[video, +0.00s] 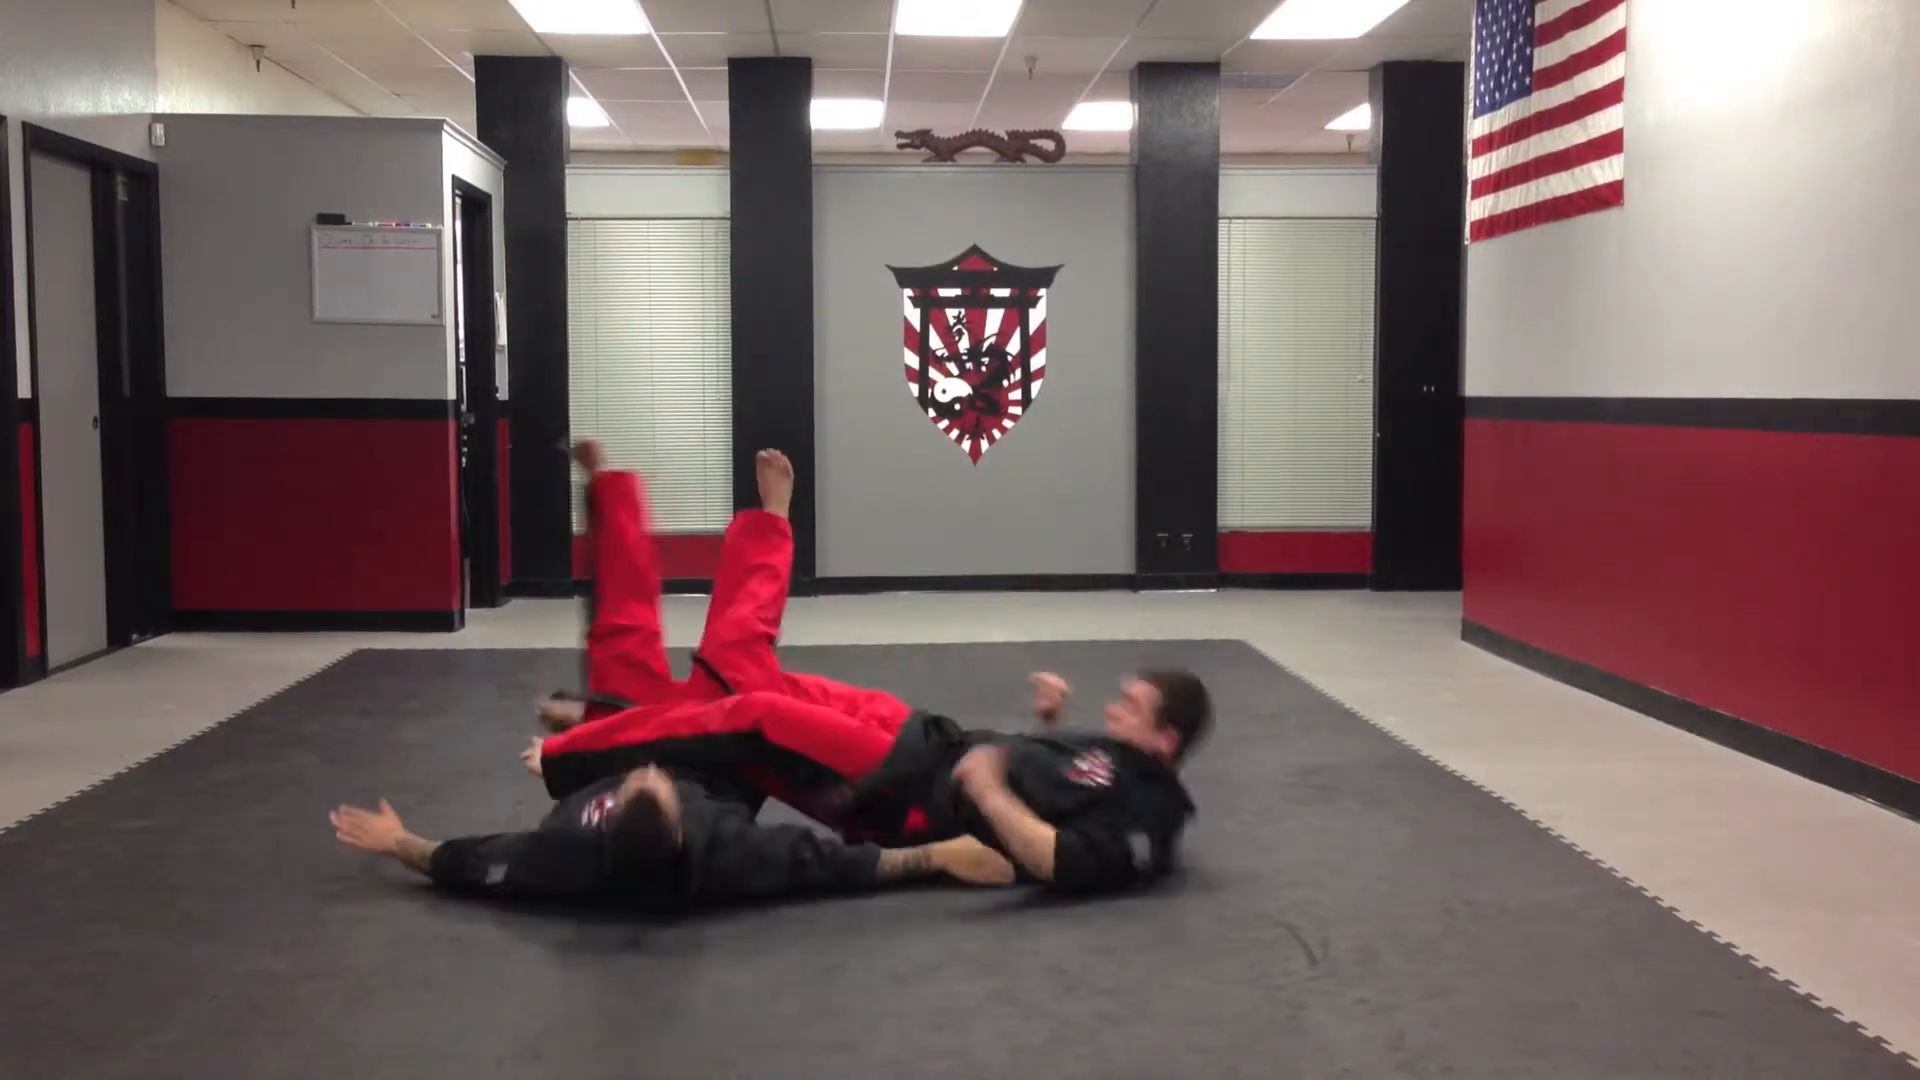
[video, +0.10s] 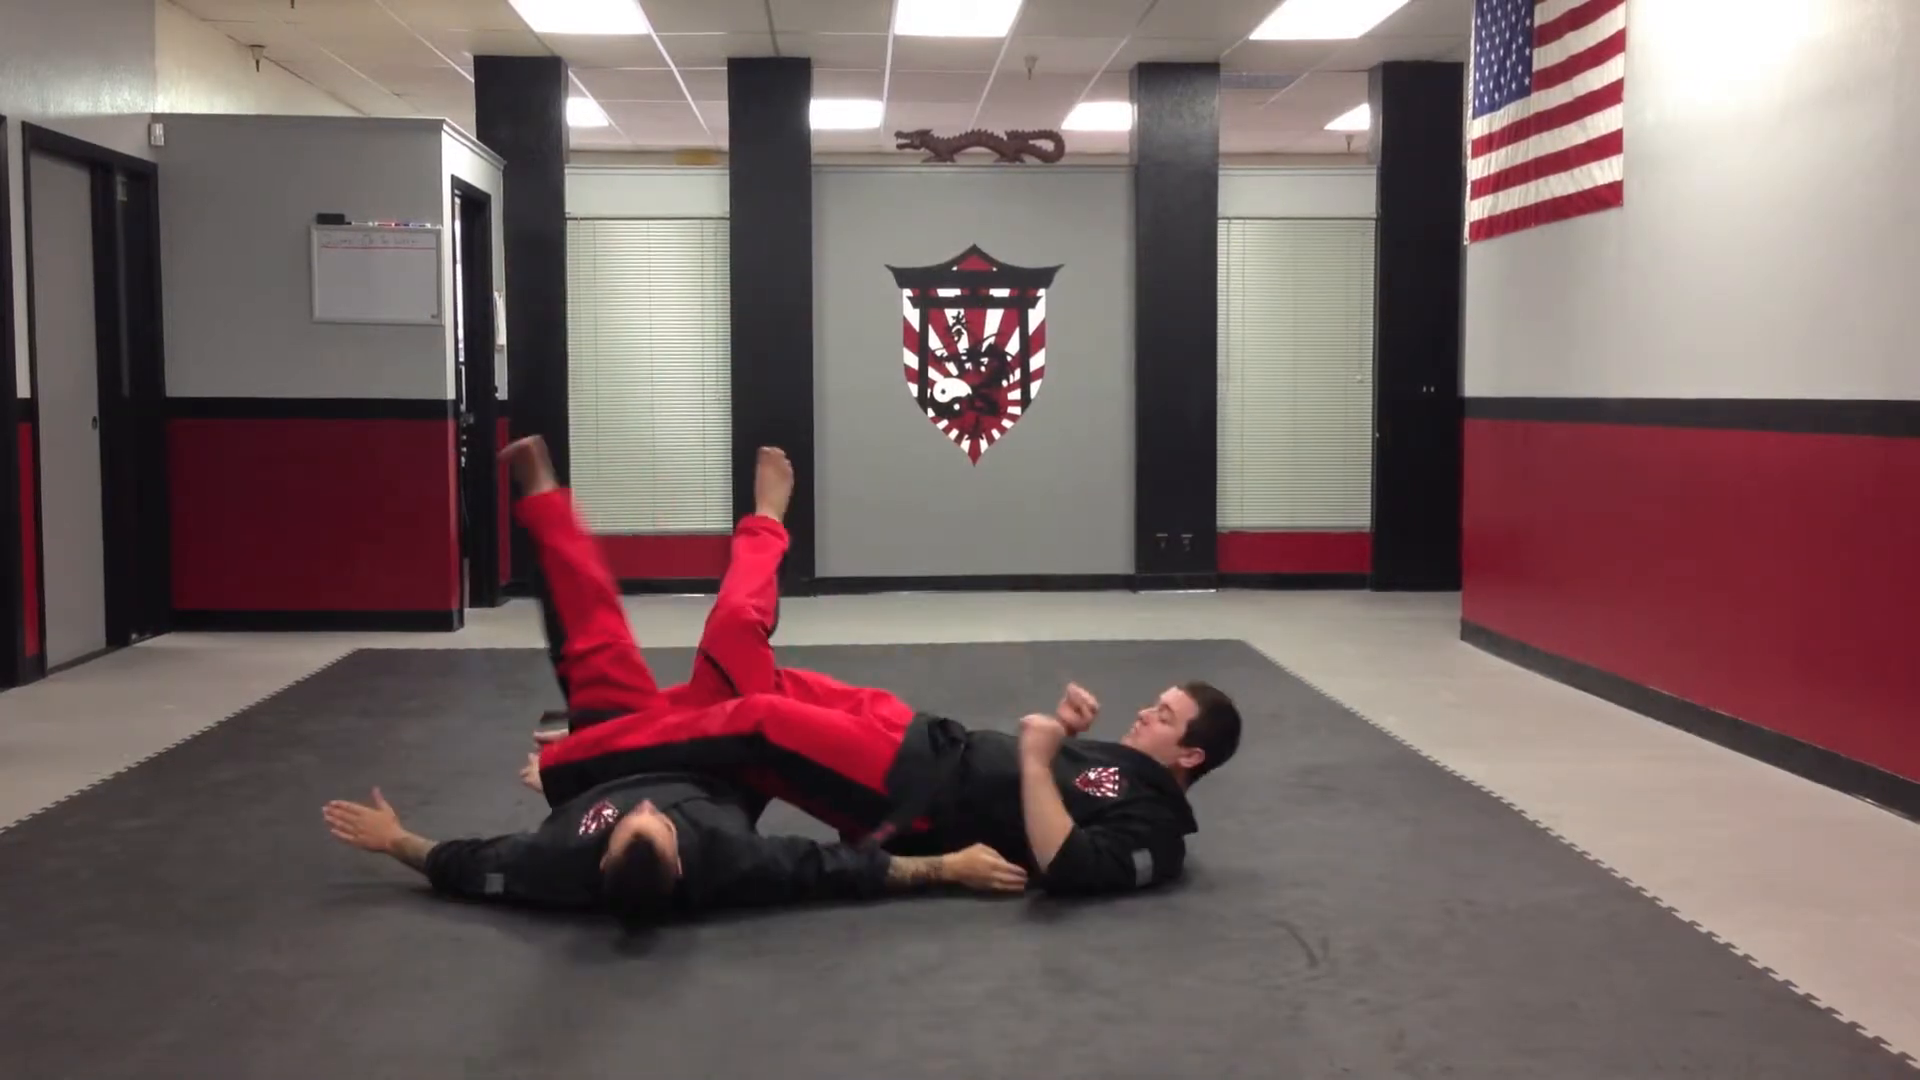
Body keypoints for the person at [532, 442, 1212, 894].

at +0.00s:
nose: (1114, 710)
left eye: (1131, 706)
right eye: (1122, 701)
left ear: (1166, 733)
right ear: (1147, 722)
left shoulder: (1146, 809)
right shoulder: (1116, 759)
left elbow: (1058, 863)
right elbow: (1044, 777)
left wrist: (992, 791)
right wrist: (1047, 723)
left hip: (913, 775)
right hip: (913, 732)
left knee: (756, 708)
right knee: (747, 690)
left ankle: (563, 757)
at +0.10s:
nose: (1144, 713)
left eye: (1164, 715)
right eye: (1153, 705)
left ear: (1191, 753)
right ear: (1160, 726)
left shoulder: (1156, 818)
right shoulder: (1121, 762)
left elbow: (1065, 867)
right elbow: (1036, 785)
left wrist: (1040, 757)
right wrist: (1071, 732)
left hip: (913, 778)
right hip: (908, 728)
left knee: (759, 714)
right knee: (748, 673)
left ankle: (569, 760)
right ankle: (768, 524)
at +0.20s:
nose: (1143, 716)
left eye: (1163, 716)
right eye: (1152, 707)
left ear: (1193, 754)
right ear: (1159, 726)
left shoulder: (1156, 818)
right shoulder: (1118, 766)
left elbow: (1070, 870)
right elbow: (1024, 793)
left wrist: (1047, 761)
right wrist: (1047, 746)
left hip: (910, 780)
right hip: (906, 731)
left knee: (763, 722)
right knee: (755, 687)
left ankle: (571, 763)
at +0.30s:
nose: (1137, 716)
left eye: (1157, 716)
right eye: (1145, 707)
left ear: (1186, 753)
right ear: (1149, 721)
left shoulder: (1150, 818)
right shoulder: (1111, 763)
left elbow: (1066, 869)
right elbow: (1018, 790)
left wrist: (1042, 760)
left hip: (913, 782)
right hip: (912, 737)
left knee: (767, 719)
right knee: (772, 687)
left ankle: (572, 765)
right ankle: (611, 733)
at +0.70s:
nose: (1106, 686)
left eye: (1125, 684)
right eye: (1113, 678)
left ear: (1159, 713)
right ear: (1136, 704)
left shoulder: (1132, 754)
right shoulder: (1102, 745)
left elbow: (1080, 776)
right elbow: (1039, 768)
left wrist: (1000, 702)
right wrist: (986, 710)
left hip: (922, 783)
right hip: (916, 792)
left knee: (756, 720)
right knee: (751, 736)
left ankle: (556, 759)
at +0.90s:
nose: (1073, 646)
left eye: (1084, 638)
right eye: (1082, 637)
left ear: (1108, 650)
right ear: (1131, 663)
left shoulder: (1102, 702)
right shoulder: (1110, 726)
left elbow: (1016, 684)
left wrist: (964, 663)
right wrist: (978, 672)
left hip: (923, 777)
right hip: (925, 789)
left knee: (774, 678)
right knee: (770, 689)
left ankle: (585, 675)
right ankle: (599, 686)